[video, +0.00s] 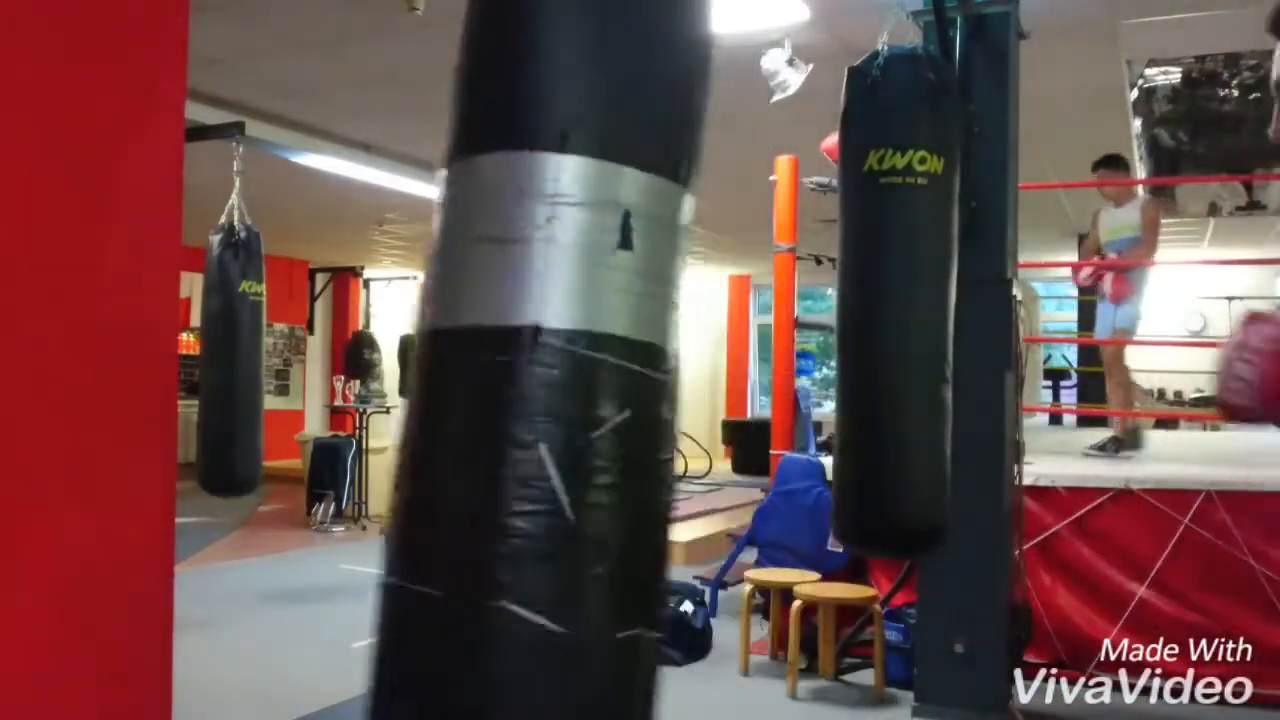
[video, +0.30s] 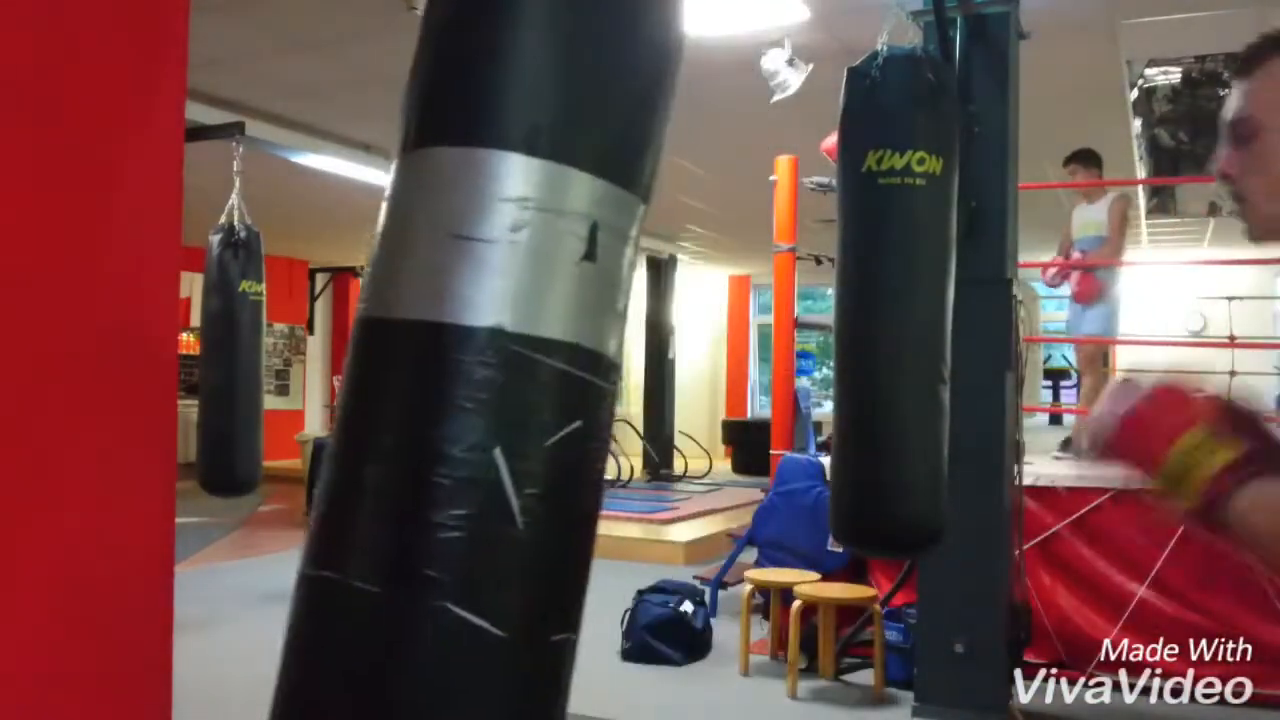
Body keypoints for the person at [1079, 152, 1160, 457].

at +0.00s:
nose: (1102, 189)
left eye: (1106, 182)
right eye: (1099, 184)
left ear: (1124, 179)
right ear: (1099, 184)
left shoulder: (1146, 207)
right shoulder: (1102, 215)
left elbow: (1147, 252)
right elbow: (1089, 251)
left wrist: (1114, 263)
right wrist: (1086, 267)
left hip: (1131, 286)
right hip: (1106, 288)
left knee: (1113, 354)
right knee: (1108, 356)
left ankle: (1124, 428)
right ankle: (1124, 426)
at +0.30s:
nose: (1072, 181)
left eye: (1076, 174)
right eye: (1069, 176)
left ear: (1094, 172)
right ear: (1075, 178)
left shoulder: (1116, 202)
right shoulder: (1077, 210)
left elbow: (1114, 250)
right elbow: (1066, 247)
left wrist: (1080, 263)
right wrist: (1059, 266)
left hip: (1102, 286)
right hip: (1079, 286)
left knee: (1089, 358)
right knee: (1086, 360)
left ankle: (1080, 433)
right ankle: (1095, 431)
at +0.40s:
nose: (1063, 177)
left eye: (1067, 169)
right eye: (1060, 171)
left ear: (1085, 168)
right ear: (1066, 173)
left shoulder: (1106, 196)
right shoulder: (1069, 206)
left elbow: (1104, 244)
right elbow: (1059, 245)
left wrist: (1072, 260)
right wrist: (1050, 260)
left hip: (1096, 286)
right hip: (1070, 287)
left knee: (1085, 359)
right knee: (1063, 364)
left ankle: (1075, 434)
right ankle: (1104, 420)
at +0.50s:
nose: (1054, 175)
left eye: (1057, 168)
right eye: (1052, 169)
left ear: (1076, 166)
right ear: (1062, 170)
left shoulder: (1099, 193)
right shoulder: (1064, 203)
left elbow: (1096, 238)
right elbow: (1056, 240)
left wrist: (1066, 255)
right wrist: (1046, 256)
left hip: (1088, 283)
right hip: (1060, 283)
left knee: (1084, 356)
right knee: (1051, 356)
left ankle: (1077, 431)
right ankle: (1065, 422)